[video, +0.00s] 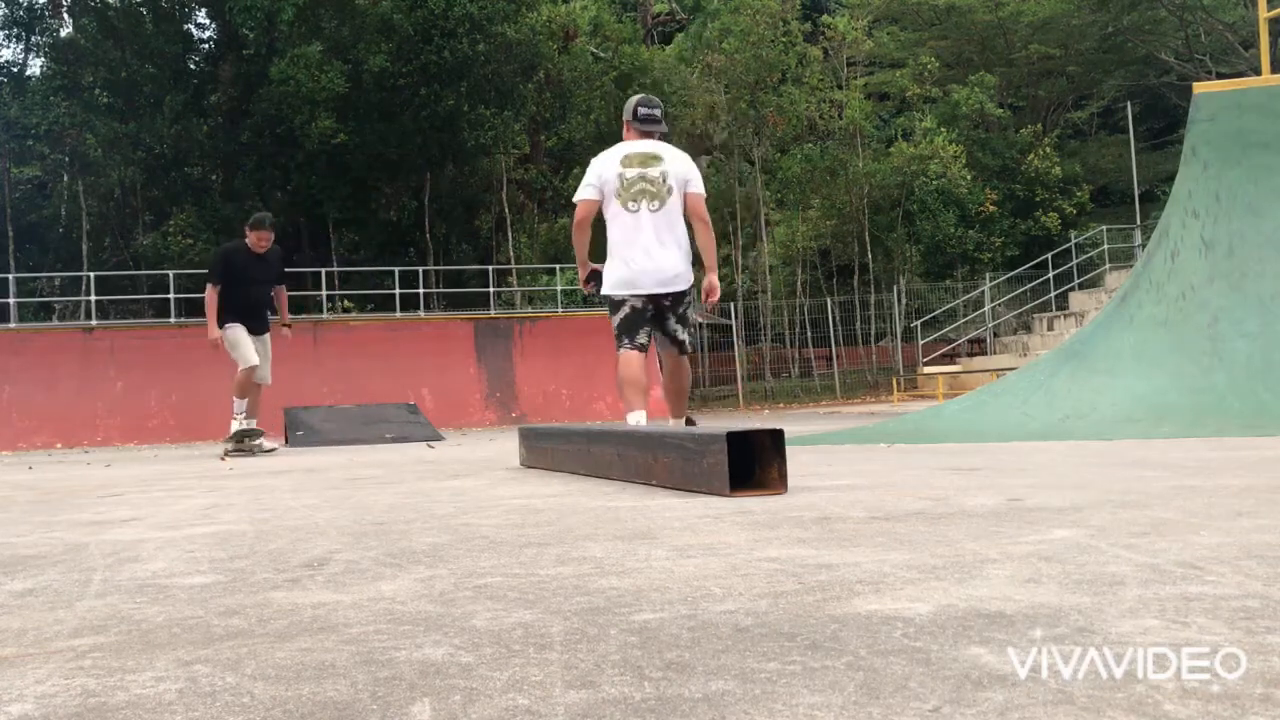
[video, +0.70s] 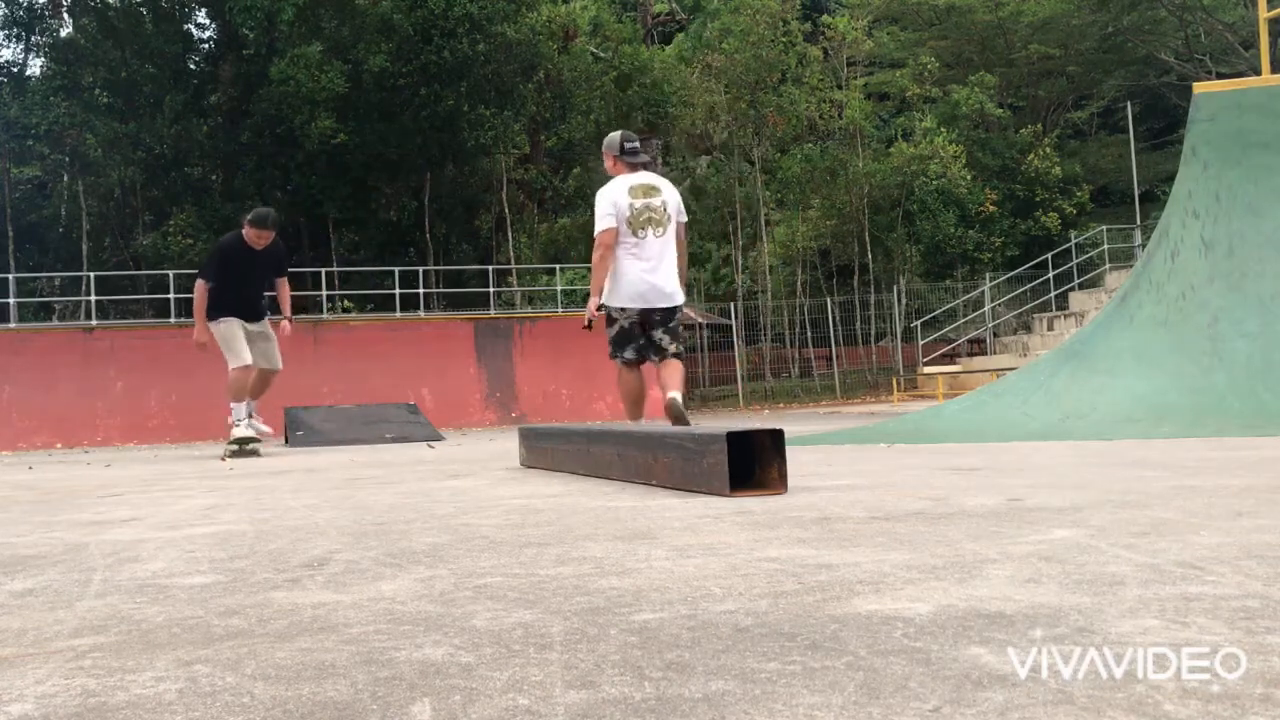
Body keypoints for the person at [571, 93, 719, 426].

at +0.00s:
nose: (629, 132)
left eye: (627, 126)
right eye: (647, 130)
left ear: (626, 127)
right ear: (661, 129)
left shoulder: (605, 161)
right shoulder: (681, 159)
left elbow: (581, 218)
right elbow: (700, 216)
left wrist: (583, 264)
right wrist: (711, 271)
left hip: (625, 274)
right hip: (673, 273)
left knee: (631, 348)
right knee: (676, 350)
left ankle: (637, 430)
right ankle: (678, 430)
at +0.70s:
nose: (604, 164)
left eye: (605, 159)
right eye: (604, 159)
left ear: (613, 160)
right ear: (637, 157)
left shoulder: (609, 192)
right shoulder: (668, 188)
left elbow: (605, 245)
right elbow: (680, 244)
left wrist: (594, 295)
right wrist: (678, 287)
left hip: (625, 292)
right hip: (667, 289)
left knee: (628, 361)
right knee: (670, 353)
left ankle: (636, 431)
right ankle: (674, 396)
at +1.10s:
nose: (597, 179)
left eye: (598, 173)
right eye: (596, 173)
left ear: (614, 171)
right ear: (620, 171)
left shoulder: (621, 199)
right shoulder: (644, 198)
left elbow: (617, 247)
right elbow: (651, 252)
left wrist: (587, 284)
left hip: (633, 296)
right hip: (654, 294)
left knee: (630, 359)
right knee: (648, 357)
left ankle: (636, 425)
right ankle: (654, 419)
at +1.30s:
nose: (599, 189)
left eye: (602, 183)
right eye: (597, 184)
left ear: (619, 180)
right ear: (615, 182)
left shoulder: (640, 207)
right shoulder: (624, 210)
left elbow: (648, 252)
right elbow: (636, 257)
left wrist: (630, 293)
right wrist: (626, 294)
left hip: (653, 298)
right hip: (639, 299)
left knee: (643, 357)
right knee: (635, 359)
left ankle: (654, 418)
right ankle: (656, 415)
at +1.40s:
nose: (602, 188)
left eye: (606, 181)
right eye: (599, 183)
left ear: (624, 178)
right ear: (600, 184)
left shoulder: (647, 206)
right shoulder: (616, 215)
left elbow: (660, 248)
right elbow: (618, 261)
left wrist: (659, 291)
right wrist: (607, 299)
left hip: (657, 298)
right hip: (633, 302)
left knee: (657, 359)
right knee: (641, 362)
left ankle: (674, 419)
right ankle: (658, 420)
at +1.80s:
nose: (645, 186)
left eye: (651, 180)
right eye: (640, 181)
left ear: (664, 181)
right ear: (635, 185)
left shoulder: (685, 213)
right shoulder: (626, 216)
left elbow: (700, 255)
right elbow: (616, 260)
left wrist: (709, 294)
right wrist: (609, 300)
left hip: (683, 304)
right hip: (645, 306)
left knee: (695, 362)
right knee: (652, 364)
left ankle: (703, 413)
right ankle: (660, 422)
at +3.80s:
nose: (666, 190)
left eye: (671, 185)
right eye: (661, 186)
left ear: (681, 188)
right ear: (654, 190)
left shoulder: (698, 219)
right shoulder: (643, 223)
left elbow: (711, 259)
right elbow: (635, 265)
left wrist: (726, 297)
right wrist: (628, 306)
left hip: (695, 305)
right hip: (659, 307)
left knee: (701, 365)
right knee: (667, 366)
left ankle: (705, 420)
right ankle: (673, 421)